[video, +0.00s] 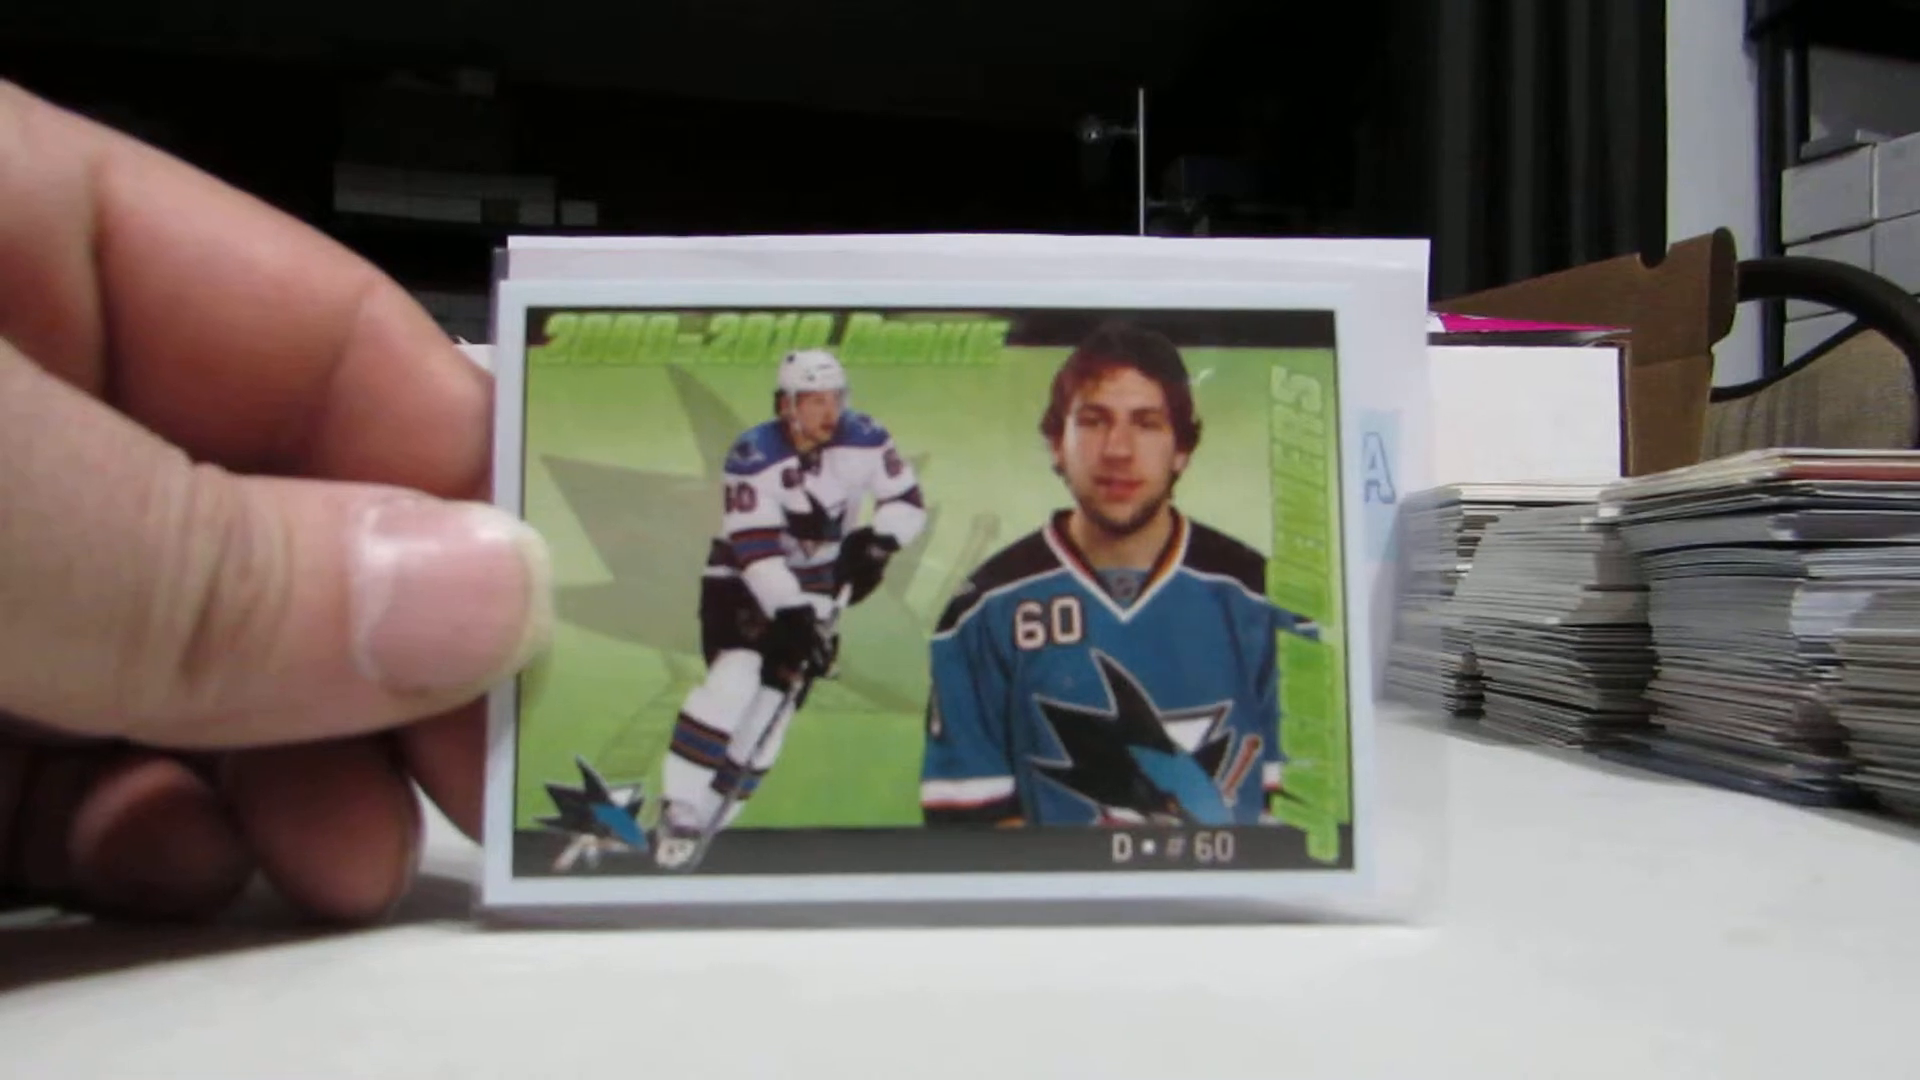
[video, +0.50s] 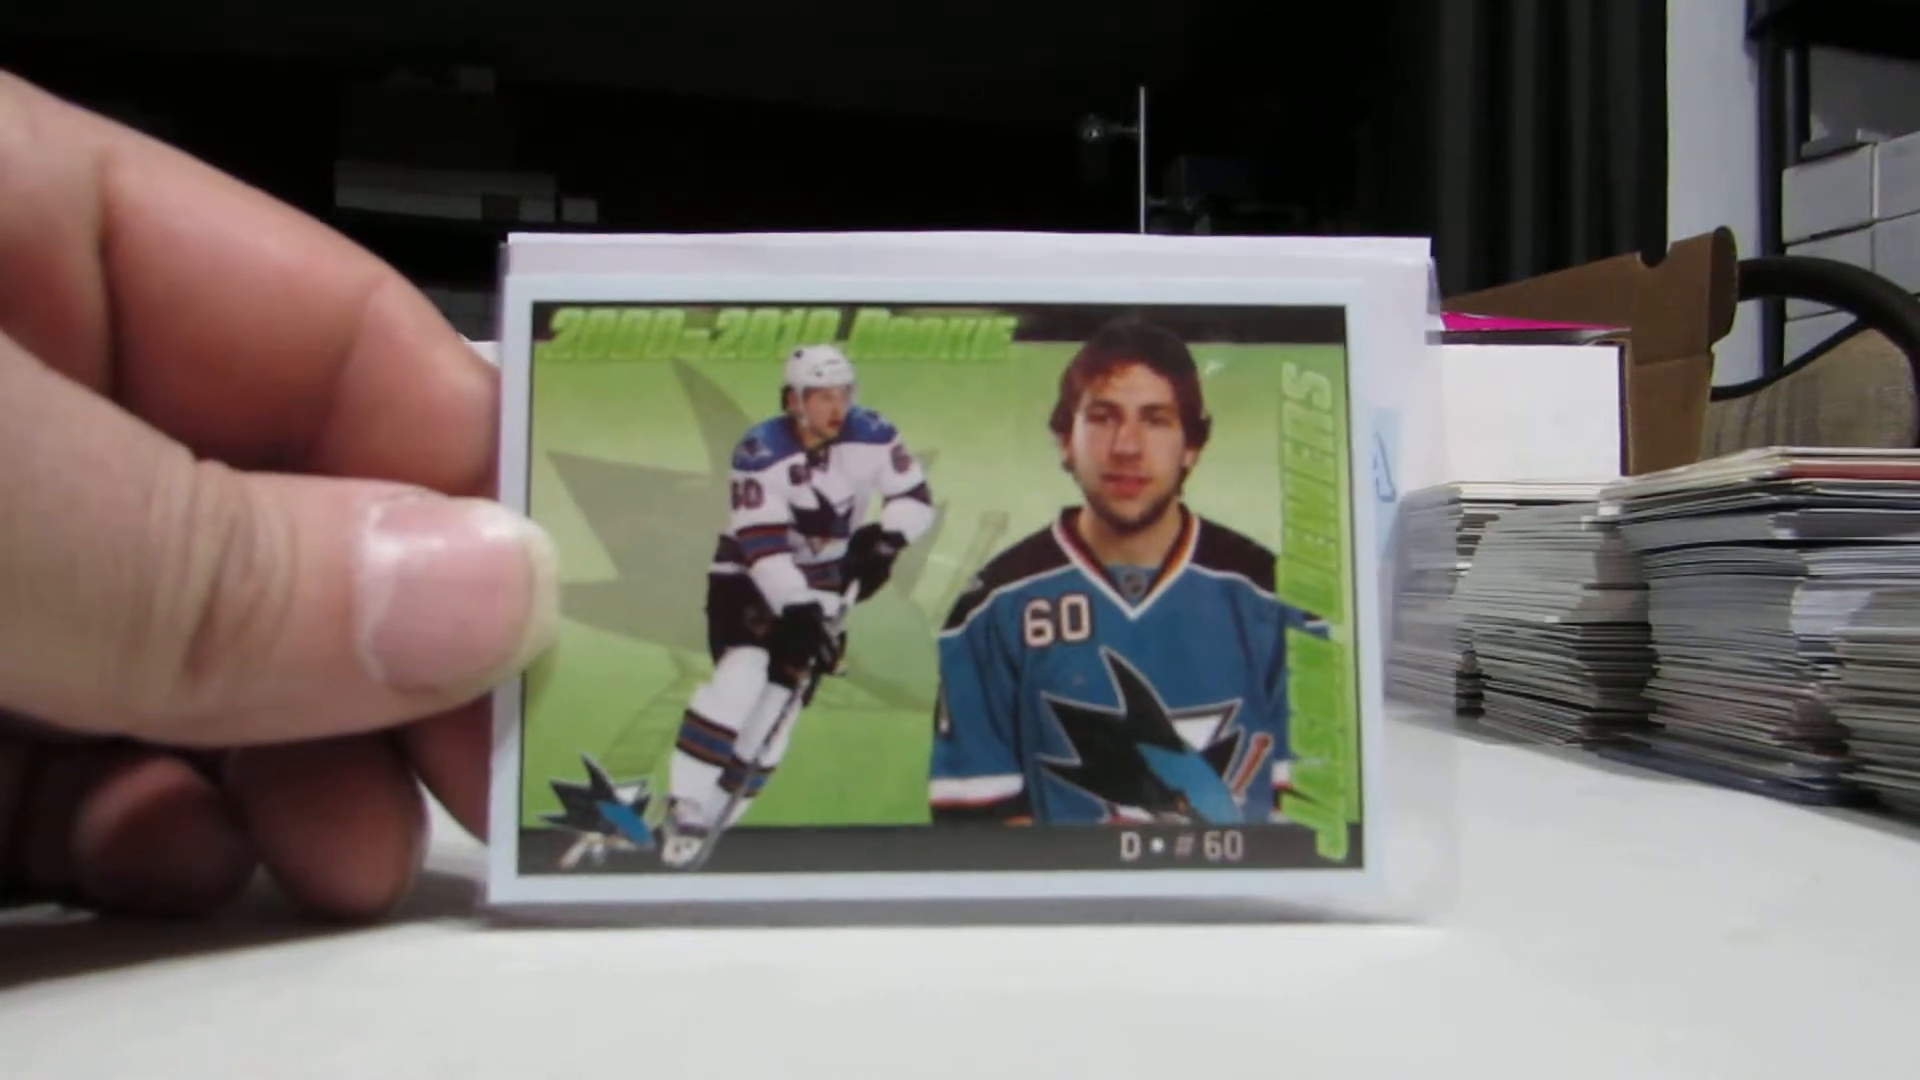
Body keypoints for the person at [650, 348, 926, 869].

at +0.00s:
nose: (824, 413)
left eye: (831, 400)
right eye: (811, 401)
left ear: (842, 401)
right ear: (785, 406)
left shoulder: (866, 440)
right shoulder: (754, 455)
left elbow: (906, 501)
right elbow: (754, 545)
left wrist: (876, 546)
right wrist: (791, 611)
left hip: (818, 586)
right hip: (745, 577)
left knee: (775, 705)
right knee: (736, 674)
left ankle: (710, 820)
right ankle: (682, 813)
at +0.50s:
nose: (837, 408)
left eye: (843, 396)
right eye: (824, 397)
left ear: (851, 396)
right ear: (794, 401)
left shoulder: (872, 436)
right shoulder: (761, 451)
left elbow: (914, 498)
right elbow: (762, 541)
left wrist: (883, 542)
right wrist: (798, 607)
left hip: (824, 582)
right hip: (751, 574)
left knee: (781, 702)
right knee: (744, 670)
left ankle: (717, 818)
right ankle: (688, 807)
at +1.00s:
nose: (845, 391)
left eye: (852, 380)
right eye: (832, 381)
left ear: (861, 379)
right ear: (801, 384)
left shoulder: (881, 422)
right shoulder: (765, 438)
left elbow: (924, 486)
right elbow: (765, 531)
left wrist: (891, 533)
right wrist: (801, 600)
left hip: (829, 574)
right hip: (754, 564)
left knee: (782, 698)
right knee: (743, 667)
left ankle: (716, 818)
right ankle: (685, 806)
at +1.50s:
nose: (849, 399)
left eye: (856, 386)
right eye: (836, 388)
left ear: (866, 386)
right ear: (806, 391)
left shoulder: (887, 427)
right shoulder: (771, 443)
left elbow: (929, 491)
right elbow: (771, 537)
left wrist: (898, 539)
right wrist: (808, 607)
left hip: (835, 581)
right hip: (761, 573)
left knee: (790, 705)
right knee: (750, 675)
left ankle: (724, 825)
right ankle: (693, 816)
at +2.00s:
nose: (840, 386)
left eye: (847, 374)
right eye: (827, 375)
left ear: (855, 374)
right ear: (795, 378)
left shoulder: (874, 416)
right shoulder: (756, 432)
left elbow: (918, 483)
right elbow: (754, 526)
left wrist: (882, 533)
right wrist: (791, 599)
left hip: (819, 570)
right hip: (743, 560)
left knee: (772, 697)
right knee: (731, 666)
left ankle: (702, 820)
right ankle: (670, 810)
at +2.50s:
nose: (841, 357)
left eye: (848, 344)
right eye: (826, 344)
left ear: (858, 343)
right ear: (791, 348)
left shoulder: (881, 392)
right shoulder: (749, 407)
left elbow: (927, 465)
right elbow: (746, 512)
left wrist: (888, 519)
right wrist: (786, 594)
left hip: (817, 563)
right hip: (734, 550)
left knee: (763, 700)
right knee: (720, 665)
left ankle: (686, 836)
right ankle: (651, 826)